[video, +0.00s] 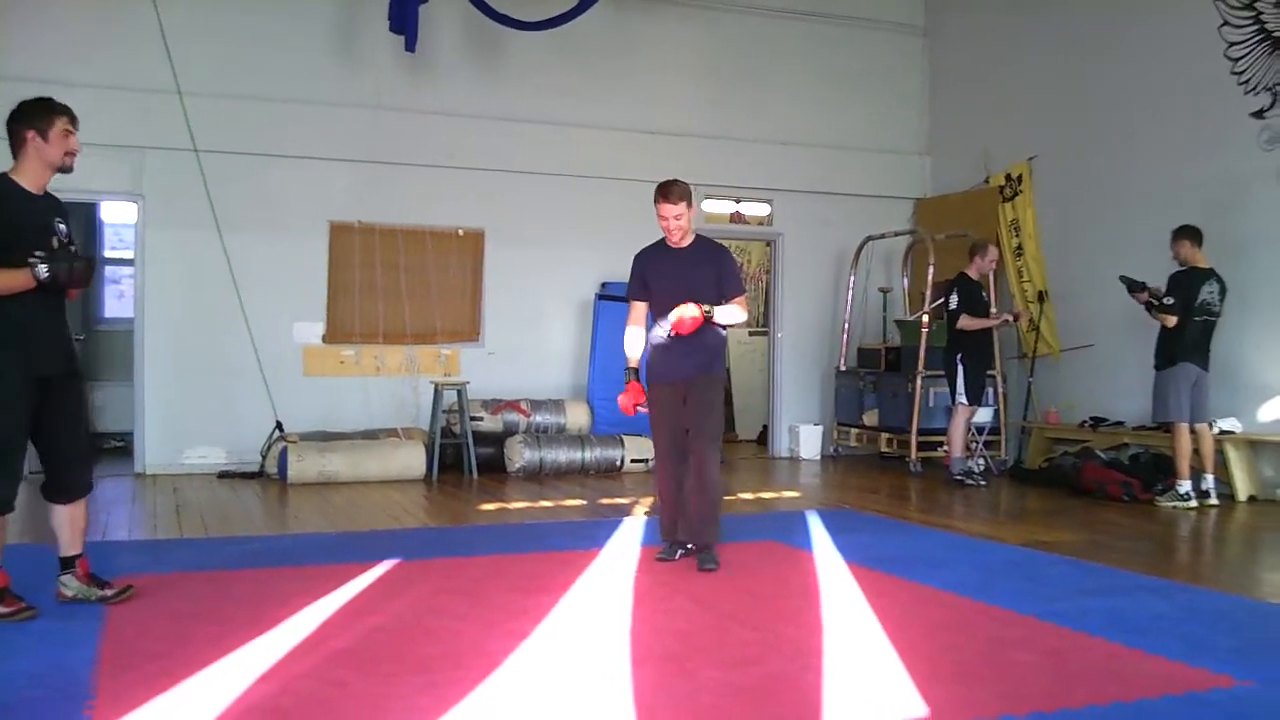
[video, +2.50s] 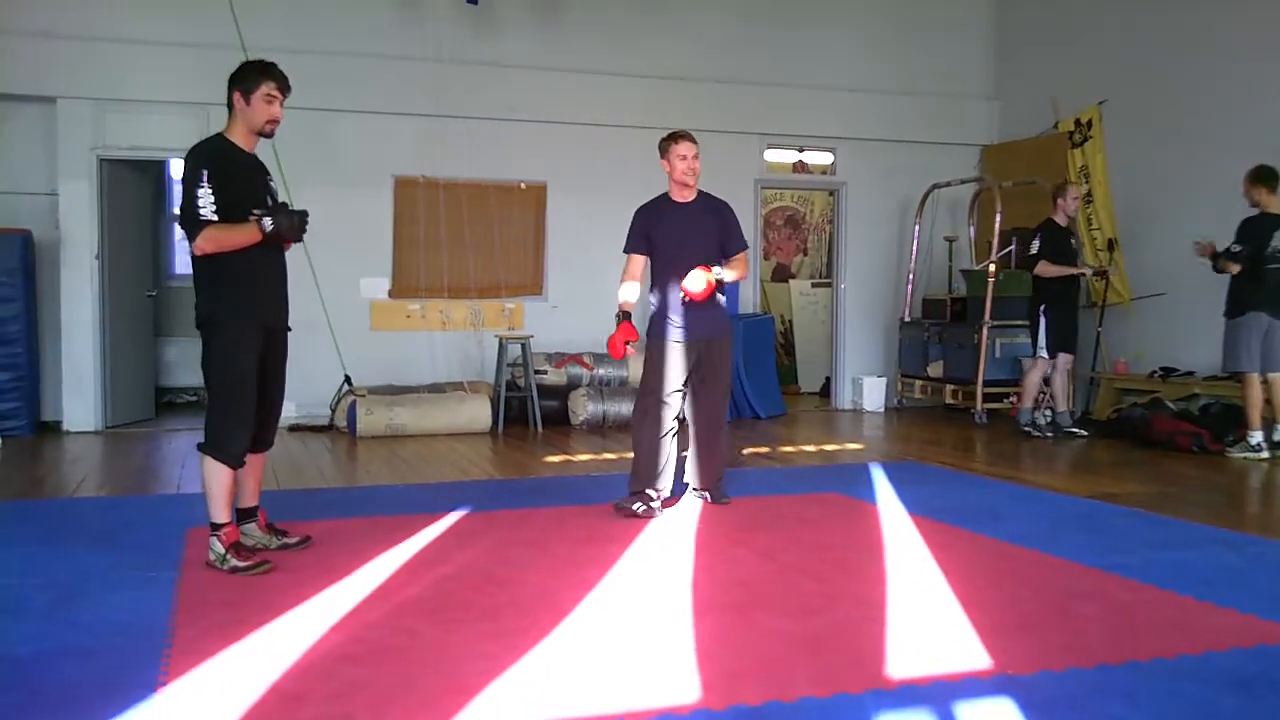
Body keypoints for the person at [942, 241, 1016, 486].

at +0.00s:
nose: (993, 267)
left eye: (995, 262)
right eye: (991, 262)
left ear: (979, 260)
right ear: (977, 260)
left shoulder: (977, 286)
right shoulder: (960, 284)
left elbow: (981, 316)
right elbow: (960, 321)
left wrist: (1007, 317)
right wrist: (995, 320)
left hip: (975, 355)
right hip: (962, 355)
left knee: (967, 409)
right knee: (962, 409)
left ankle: (961, 462)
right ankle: (956, 465)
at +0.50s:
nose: (1038, 271)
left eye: (1040, 267)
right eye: (1035, 266)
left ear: (1024, 266)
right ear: (1020, 264)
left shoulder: (1021, 290)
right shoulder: (1005, 288)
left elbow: (1023, 322)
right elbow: (1000, 325)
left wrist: (1049, 324)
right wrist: (1035, 324)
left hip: (1020, 361)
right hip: (1007, 361)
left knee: (1012, 415)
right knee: (1008, 415)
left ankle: (1005, 468)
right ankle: (1001, 471)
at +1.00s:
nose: (1046, 258)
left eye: (1048, 254)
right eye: (1042, 253)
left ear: (1033, 256)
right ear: (1027, 255)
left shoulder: (1032, 285)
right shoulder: (1014, 281)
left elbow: (1031, 318)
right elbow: (1010, 318)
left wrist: (1056, 318)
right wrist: (1045, 318)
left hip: (1029, 355)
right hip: (1016, 354)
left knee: (1021, 409)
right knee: (1017, 409)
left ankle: (1013, 463)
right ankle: (1011, 466)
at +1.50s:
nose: (1031, 203)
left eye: (1032, 198)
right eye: (1027, 198)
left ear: (1018, 201)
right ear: (1011, 199)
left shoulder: (1017, 230)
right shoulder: (998, 227)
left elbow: (1014, 263)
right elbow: (994, 265)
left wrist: (1038, 265)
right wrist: (1030, 267)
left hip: (1015, 301)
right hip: (1002, 301)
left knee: (1007, 357)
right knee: (1003, 356)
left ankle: (998, 409)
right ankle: (993, 413)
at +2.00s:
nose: (1075, 207)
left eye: (1076, 202)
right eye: (1070, 202)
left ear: (1067, 205)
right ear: (1055, 204)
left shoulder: (1060, 235)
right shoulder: (1040, 232)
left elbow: (1061, 268)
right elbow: (1033, 270)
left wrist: (1087, 271)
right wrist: (1070, 274)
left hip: (1060, 307)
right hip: (1041, 307)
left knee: (1067, 359)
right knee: (1041, 363)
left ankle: (1055, 416)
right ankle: (1031, 419)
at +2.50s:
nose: (1078, 204)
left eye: (1079, 199)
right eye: (1074, 199)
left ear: (1071, 203)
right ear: (1060, 202)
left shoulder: (1069, 234)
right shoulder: (1044, 230)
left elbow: (1067, 266)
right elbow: (1037, 267)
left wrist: (1091, 271)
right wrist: (1075, 271)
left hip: (1066, 305)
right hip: (1046, 305)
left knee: (1064, 361)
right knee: (1042, 361)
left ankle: (1063, 418)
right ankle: (1025, 417)